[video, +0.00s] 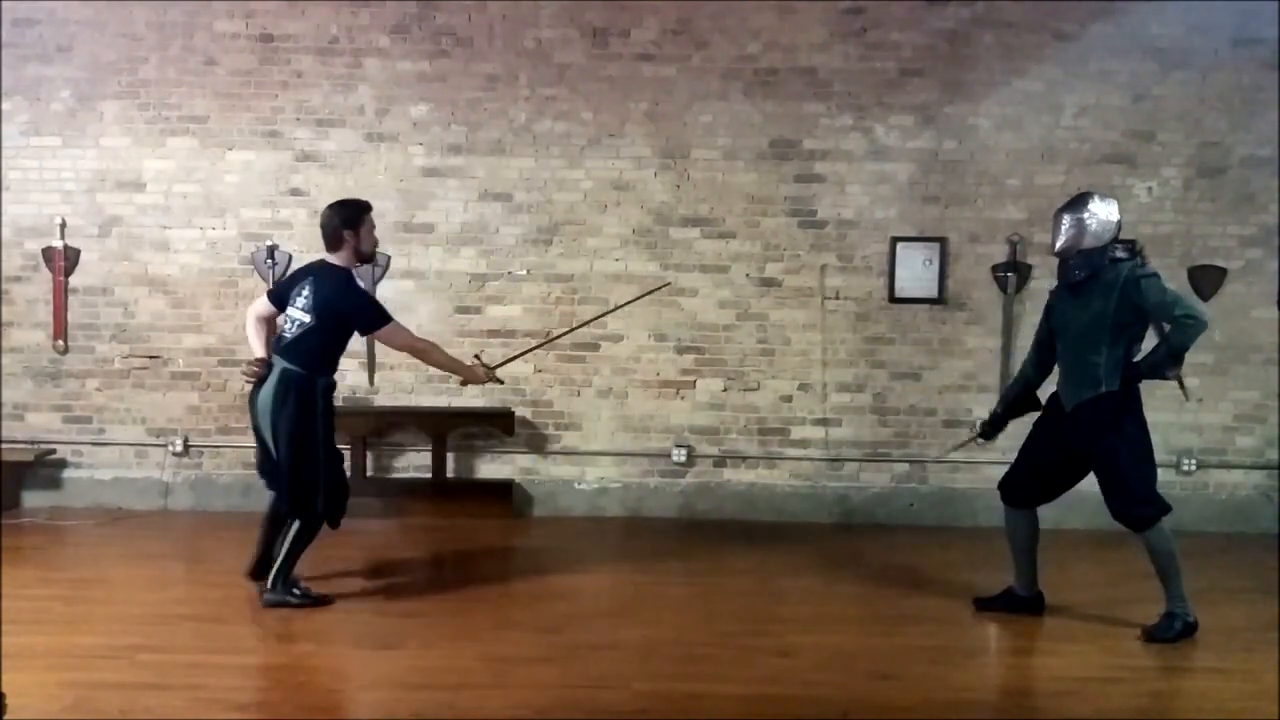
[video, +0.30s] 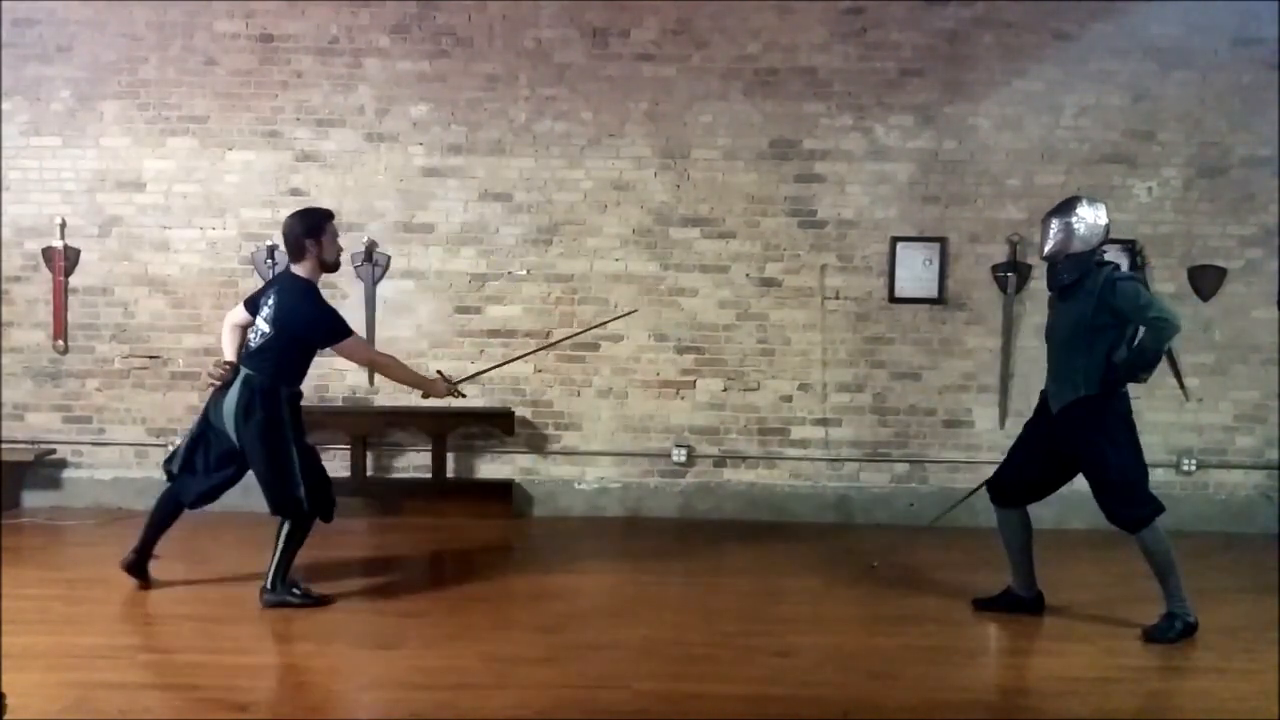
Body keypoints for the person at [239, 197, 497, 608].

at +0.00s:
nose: (376, 236)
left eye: (374, 228)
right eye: (371, 230)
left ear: (336, 238)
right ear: (350, 237)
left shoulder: (305, 274)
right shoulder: (350, 294)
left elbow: (256, 314)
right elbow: (411, 344)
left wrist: (262, 358)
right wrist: (465, 370)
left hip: (270, 389)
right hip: (299, 398)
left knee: (291, 483)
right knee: (319, 496)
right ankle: (277, 584)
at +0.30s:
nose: (340, 244)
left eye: (336, 235)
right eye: (333, 236)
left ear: (304, 246)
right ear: (312, 245)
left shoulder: (278, 285)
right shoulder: (310, 305)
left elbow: (234, 321)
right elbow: (370, 358)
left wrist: (231, 363)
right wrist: (425, 384)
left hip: (234, 397)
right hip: (266, 407)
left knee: (191, 479)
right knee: (307, 493)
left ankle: (138, 555)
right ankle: (277, 584)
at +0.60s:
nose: (305, 250)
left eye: (303, 242)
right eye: (298, 242)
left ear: (269, 251)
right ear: (277, 250)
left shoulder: (242, 293)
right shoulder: (271, 307)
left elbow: (203, 333)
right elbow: (329, 366)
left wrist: (195, 372)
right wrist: (387, 403)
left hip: (199, 405)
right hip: (233, 413)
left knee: (157, 487)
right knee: (291, 488)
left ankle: (108, 570)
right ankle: (278, 584)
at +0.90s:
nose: (281, 244)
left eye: (279, 236)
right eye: (274, 237)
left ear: (247, 245)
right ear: (249, 244)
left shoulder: (235, 291)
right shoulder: (242, 298)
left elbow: (225, 352)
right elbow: (275, 366)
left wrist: (192, 373)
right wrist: (319, 413)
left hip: (197, 405)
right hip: (218, 411)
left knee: (153, 488)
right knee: (273, 486)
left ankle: (100, 566)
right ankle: (276, 585)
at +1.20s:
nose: (273, 244)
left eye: (271, 236)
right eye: (265, 237)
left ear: (245, 245)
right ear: (238, 245)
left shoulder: (262, 297)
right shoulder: (218, 299)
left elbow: (246, 358)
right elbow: (235, 364)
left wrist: (199, 373)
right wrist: (260, 413)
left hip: (221, 405)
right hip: (209, 405)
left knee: (157, 486)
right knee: (271, 483)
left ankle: (97, 560)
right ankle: (276, 584)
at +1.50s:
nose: (306, 252)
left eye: (305, 244)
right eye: (299, 245)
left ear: (276, 252)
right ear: (273, 251)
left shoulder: (281, 300)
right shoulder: (249, 301)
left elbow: (243, 340)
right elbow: (241, 372)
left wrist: (206, 364)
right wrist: (273, 421)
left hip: (224, 405)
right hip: (219, 407)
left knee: (170, 485)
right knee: (283, 486)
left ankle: (104, 555)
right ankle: (276, 584)